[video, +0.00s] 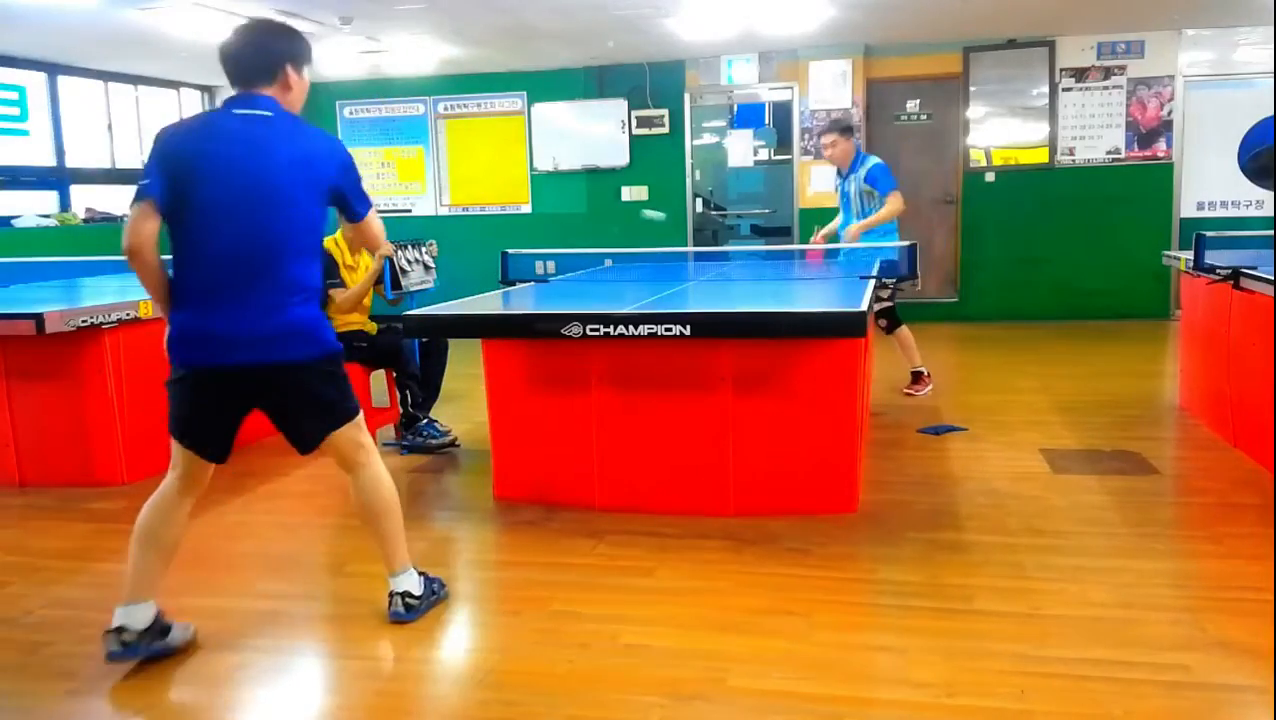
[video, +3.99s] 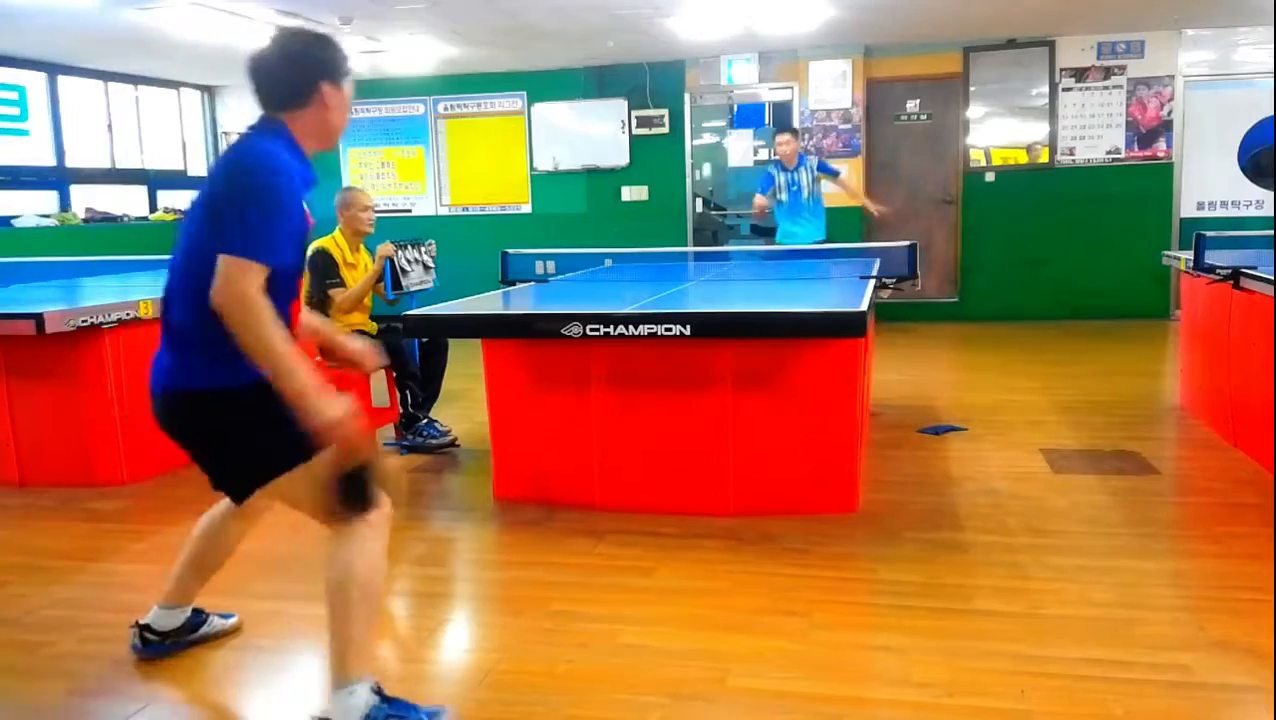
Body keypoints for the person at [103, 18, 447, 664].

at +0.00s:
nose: (308, 88)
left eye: (306, 76)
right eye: (306, 76)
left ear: (234, 77)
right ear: (288, 76)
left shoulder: (178, 139)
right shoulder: (318, 145)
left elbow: (137, 241)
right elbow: (372, 239)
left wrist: (173, 309)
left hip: (203, 347)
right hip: (295, 344)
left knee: (181, 480)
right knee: (359, 458)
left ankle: (132, 619)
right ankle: (407, 583)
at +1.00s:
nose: (278, 41)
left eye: (277, 28)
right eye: (277, 28)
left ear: (196, 24)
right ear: (262, 30)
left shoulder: (139, 77)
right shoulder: (283, 111)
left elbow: (71, 150)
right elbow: (359, 182)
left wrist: (54, 240)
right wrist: (412, 185)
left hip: (120, 321)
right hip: (217, 326)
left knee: (118, 478)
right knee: (310, 498)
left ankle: (84, 627)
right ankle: (358, 672)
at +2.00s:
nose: (189, 97)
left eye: (190, 86)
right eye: (189, 86)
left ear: (105, 80)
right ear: (171, 80)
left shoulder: (48, 129)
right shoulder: (198, 159)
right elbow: (205, 282)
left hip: (56, 369)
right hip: (163, 368)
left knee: (5, 520)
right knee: (234, 535)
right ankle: (286, 700)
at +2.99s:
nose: (197, 118)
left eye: (197, 103)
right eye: (190, 103)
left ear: (148, 109)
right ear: (146, 106)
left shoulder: (159, 196)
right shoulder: (54, 188)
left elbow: (172, 288)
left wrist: (248, 313)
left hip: (110, 380)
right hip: (81, 385)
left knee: (169, 493)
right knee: (219, 498)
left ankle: (77, 581)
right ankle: (189, 682)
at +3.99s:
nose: (350, 106)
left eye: (349, 93)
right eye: (346, 93)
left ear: (291, 98)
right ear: (320, 95)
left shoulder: (265, 162)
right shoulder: (270, 170)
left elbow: (265, 292)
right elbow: (236, 295)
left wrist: (338, 341)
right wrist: (315, 399)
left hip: (199, 384)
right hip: (223, 388)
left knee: (255, 490)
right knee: (362, 508)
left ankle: (167, 617)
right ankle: (354, 695)